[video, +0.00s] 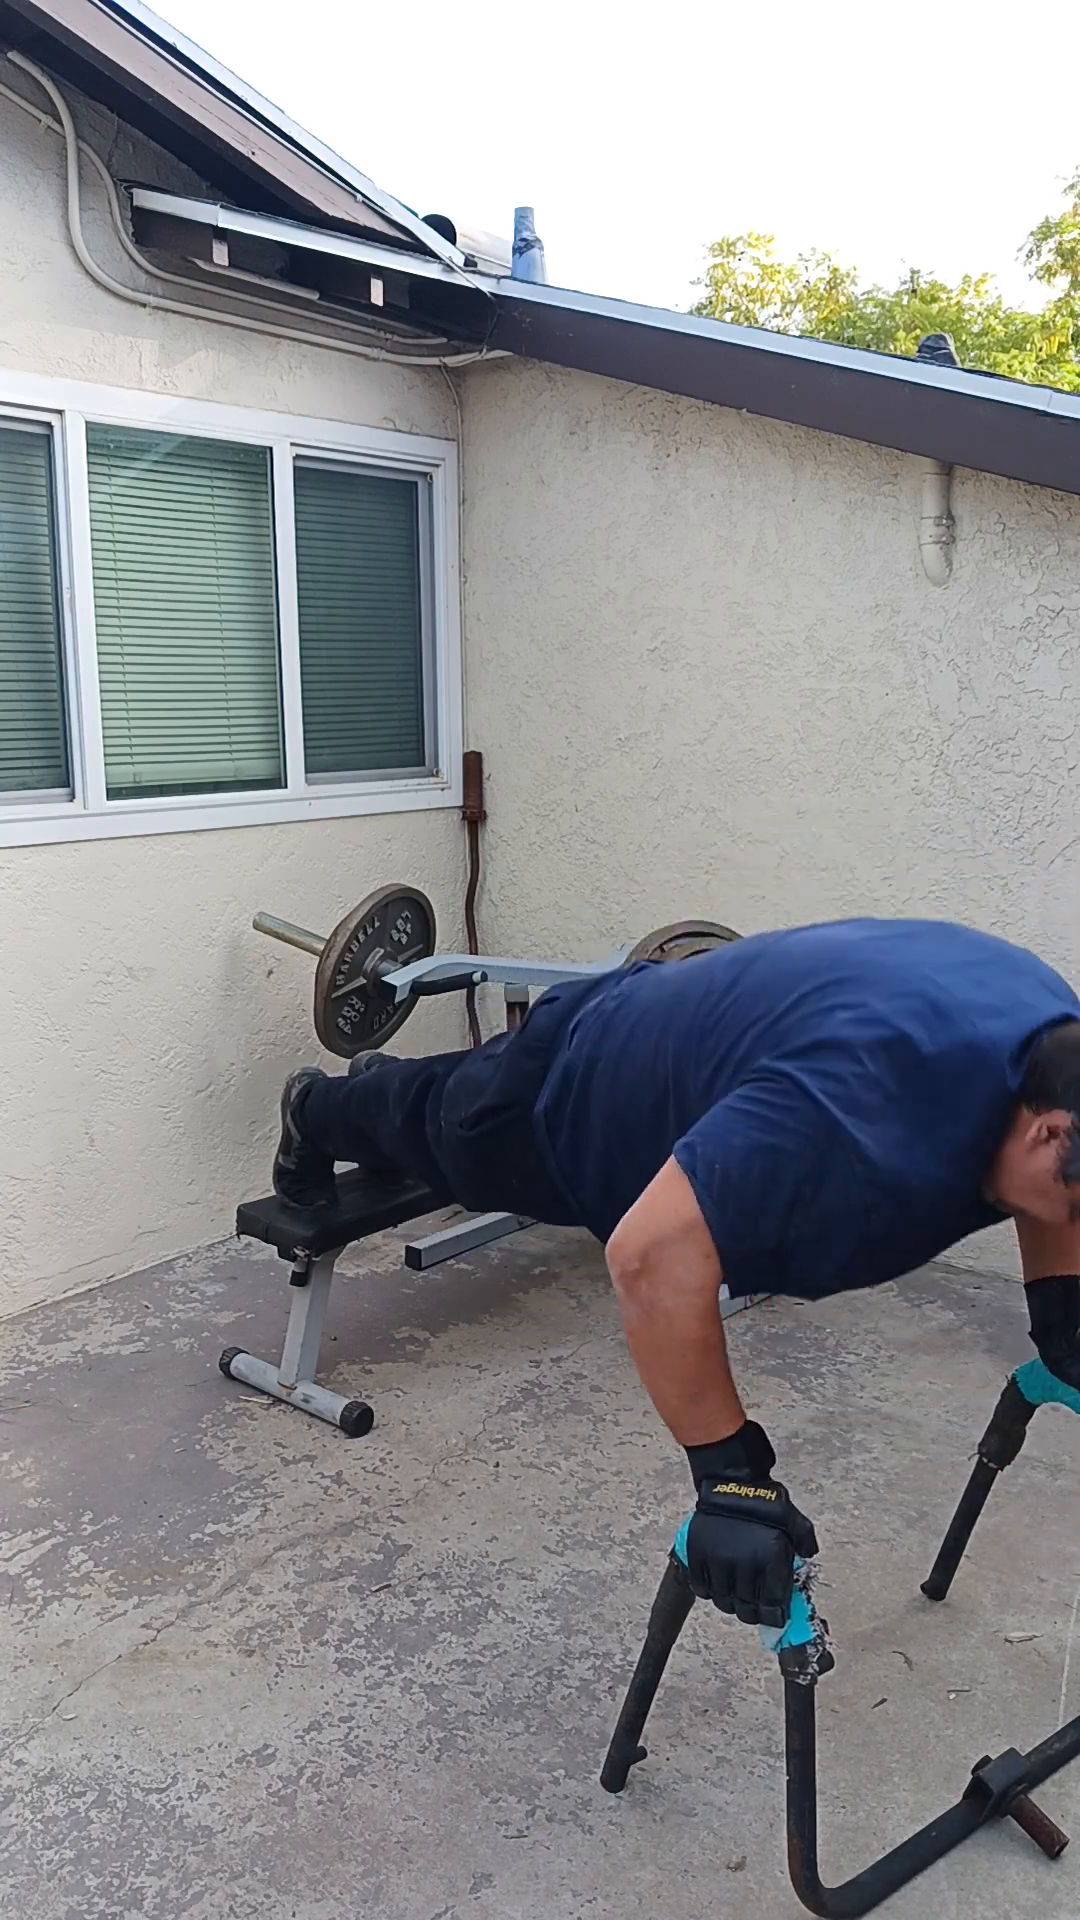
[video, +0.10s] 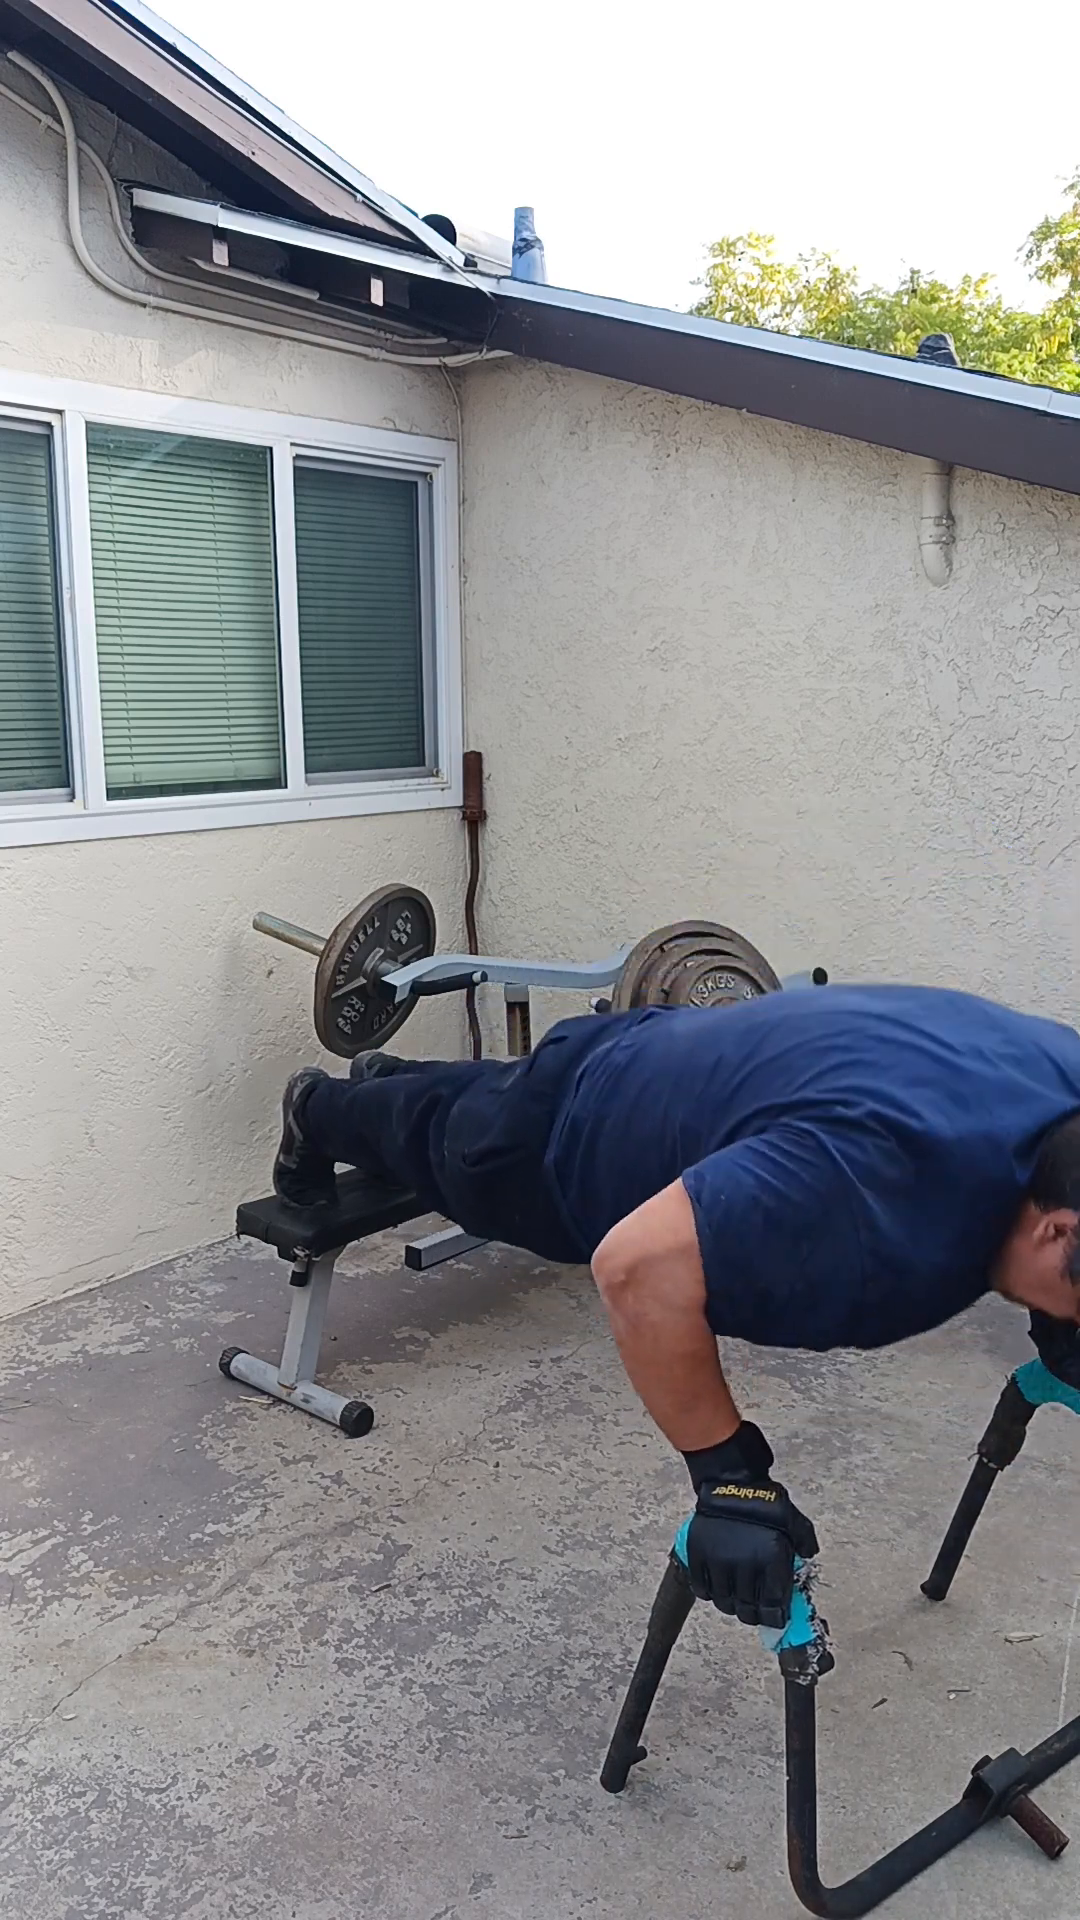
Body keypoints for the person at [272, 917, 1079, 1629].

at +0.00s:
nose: (1062, 1212)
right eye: (1073, 1188)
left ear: (1054, 1135)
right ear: (1045, 1140)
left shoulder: (1050, 1036)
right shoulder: (842, 1116)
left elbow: (1048, 1182)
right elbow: (653, 1260)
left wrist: (1058, 1304)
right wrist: (731, 1477)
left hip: (714, 993)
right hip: (599, 1071)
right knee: (439, 1113)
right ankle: (318, 1107)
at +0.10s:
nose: (1051, 1318)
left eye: (1066, 1316)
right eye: (1066, 1301)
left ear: (1063, 1224)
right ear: (1054, 1235)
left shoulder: (1072, 1079)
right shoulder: (881, 1185)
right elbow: (636, 1270)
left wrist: (1051, 1322)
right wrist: (732, 1477)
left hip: (712, 1036)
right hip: (596, 1114)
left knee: (499, 1103)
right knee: (442, 1119)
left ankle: (377, 1118)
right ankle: (320, 1111)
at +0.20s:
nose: (1047, 1398)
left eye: (1065, 1392)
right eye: (1062, 1381)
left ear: (1069, 1313)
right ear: (1053, 1322)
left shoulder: (1077, 1144)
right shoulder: (891, 1262)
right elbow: (635, 1279)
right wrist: (730, 1481)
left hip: (717, 1078)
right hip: (601, 1150)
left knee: (530, 1101)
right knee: (442, 1136)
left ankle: (394, 1084)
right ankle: (319, 1104)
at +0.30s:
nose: (1048, 1472)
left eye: (1065, 1466)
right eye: (1066, 1457)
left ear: (1068, 1398)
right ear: (1056, 1402)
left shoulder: (1076, 1191)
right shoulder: (911, 1316)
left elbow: (1046, 1136)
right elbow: (651, 1275)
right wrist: (733, 1482)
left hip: (697, 1106)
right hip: (600, 1191)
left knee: (529, 1123)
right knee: (446, 1162)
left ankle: (390, 1083)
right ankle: (319, 1107)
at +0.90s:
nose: (1051, 1366)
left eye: (1064, 1363)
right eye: (1067, 1354)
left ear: (1066, 1282)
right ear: (1060, 1290)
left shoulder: (1069, 1142)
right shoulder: (908, 1219)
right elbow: (637, 1285)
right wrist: (730, 1483)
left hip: (700, 1076)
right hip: (595, 1150)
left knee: (523, 1105)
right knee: (437, 1138)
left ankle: (391, 1094)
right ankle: (313, 1107)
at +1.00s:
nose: (1050, 1281)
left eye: (1066, 1274)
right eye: (1064, 1260)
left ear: (1062, 1181)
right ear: (1050, 1190)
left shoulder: (1059, 1078)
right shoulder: (873, 1151)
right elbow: (637, 1276)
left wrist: (1057, 1303)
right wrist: (731, 1481)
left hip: (705, 1033)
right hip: (593, 1113)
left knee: (503, 1104)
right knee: (444, 1122)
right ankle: (316, 1111)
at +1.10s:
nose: (1052, 1182)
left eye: (1070, 1173)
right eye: (1060, 1158)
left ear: (1054, 1089)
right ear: (1034, 1096)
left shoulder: (1045, 1022)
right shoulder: (838, 1087)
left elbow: (1059, 1184)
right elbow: (659, 1265)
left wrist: (1060, 1316)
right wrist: (731, 1481)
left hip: (698, 1002)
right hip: (591, 1075)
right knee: (438, 1112)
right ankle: (319, 1110)